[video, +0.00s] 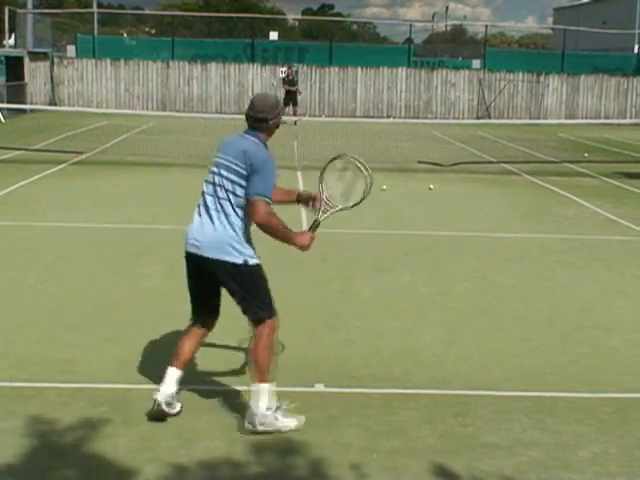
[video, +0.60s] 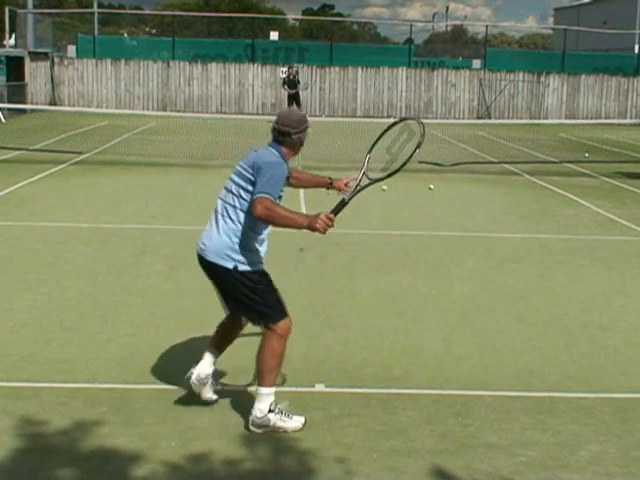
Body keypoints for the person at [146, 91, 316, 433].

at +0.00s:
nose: (279, 125)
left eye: (277, 120)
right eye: (278, 121)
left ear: (248, 119)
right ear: (274, 124)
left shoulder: (230, 145)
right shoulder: (261, 157)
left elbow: (256, 189)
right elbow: (260, 215)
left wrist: (301, 197)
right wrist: (294, 238)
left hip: (197, 246)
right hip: (231, 251)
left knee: (203, 319)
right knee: (265, 321)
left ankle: (165, 393)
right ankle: (261, 409)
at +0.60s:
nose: (304, 142)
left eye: (301, 136)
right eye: (305, 137)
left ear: (275, 133)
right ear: (301, 140)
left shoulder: (260, 156)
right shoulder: (274, 165)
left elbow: (291, 177)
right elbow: (262, 209)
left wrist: (331, 182)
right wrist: (307, 220)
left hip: (212, 251)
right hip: (235, 259)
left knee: (240, 313)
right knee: (279, 326)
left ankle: (202, 372)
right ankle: (262, 410)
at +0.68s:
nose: (311, 146)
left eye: (310, 141)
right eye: (312, 141)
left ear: (283, 139)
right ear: (308, 144)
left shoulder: (268, 159)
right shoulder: (279, 170)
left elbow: (289, 179)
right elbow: (270, 214)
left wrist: (312, 185)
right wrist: (313, 228)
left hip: (220, 253)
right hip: (239, 261)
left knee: (252, 311)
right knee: (287, 326)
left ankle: (218, 368)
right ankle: (264, 409)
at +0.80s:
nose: (322, 149)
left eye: (321, 143)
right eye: (322, 144)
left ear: (293, 140)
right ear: (318, 147)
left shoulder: (273, 162)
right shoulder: (291, 173)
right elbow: (294, 230)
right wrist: (332, 256)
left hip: (225, 251)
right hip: (247, 259)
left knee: (262, 306)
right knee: (289, 326)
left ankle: (243, 372)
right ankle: (263, 409)